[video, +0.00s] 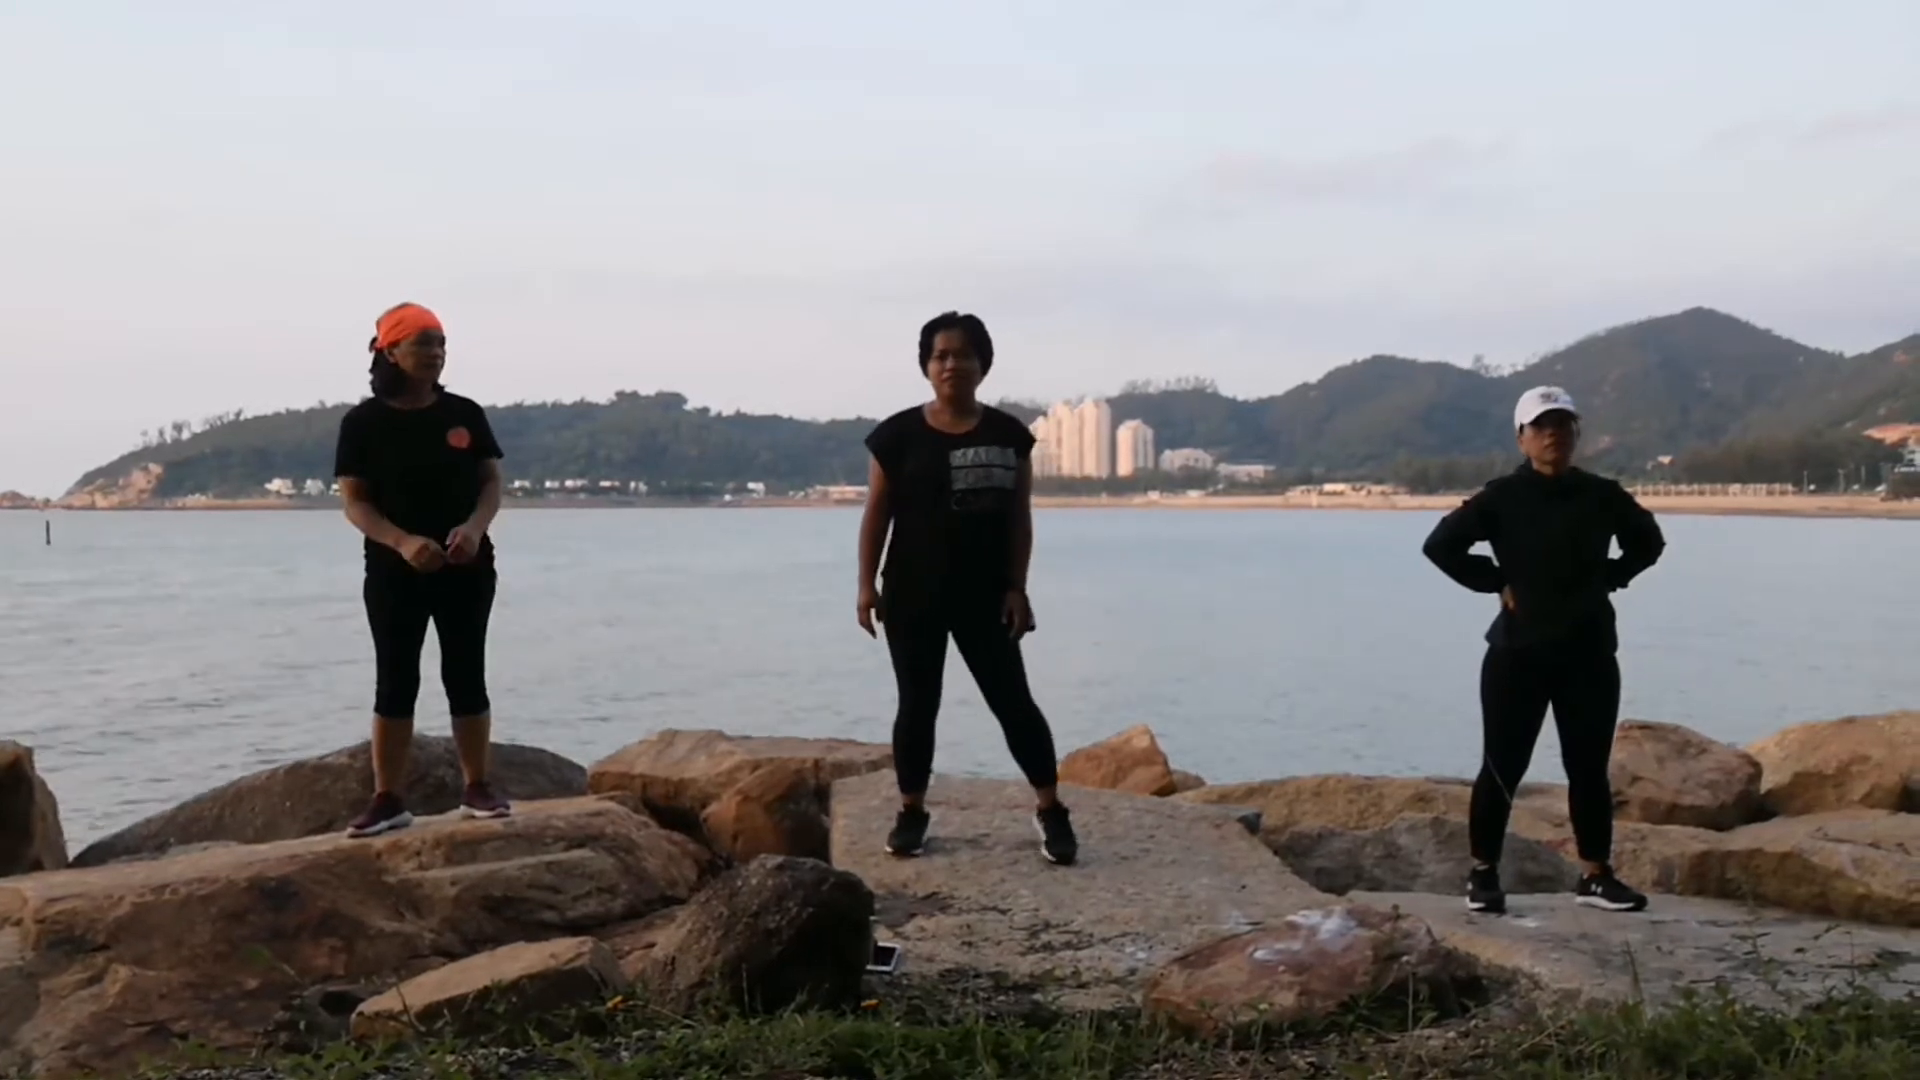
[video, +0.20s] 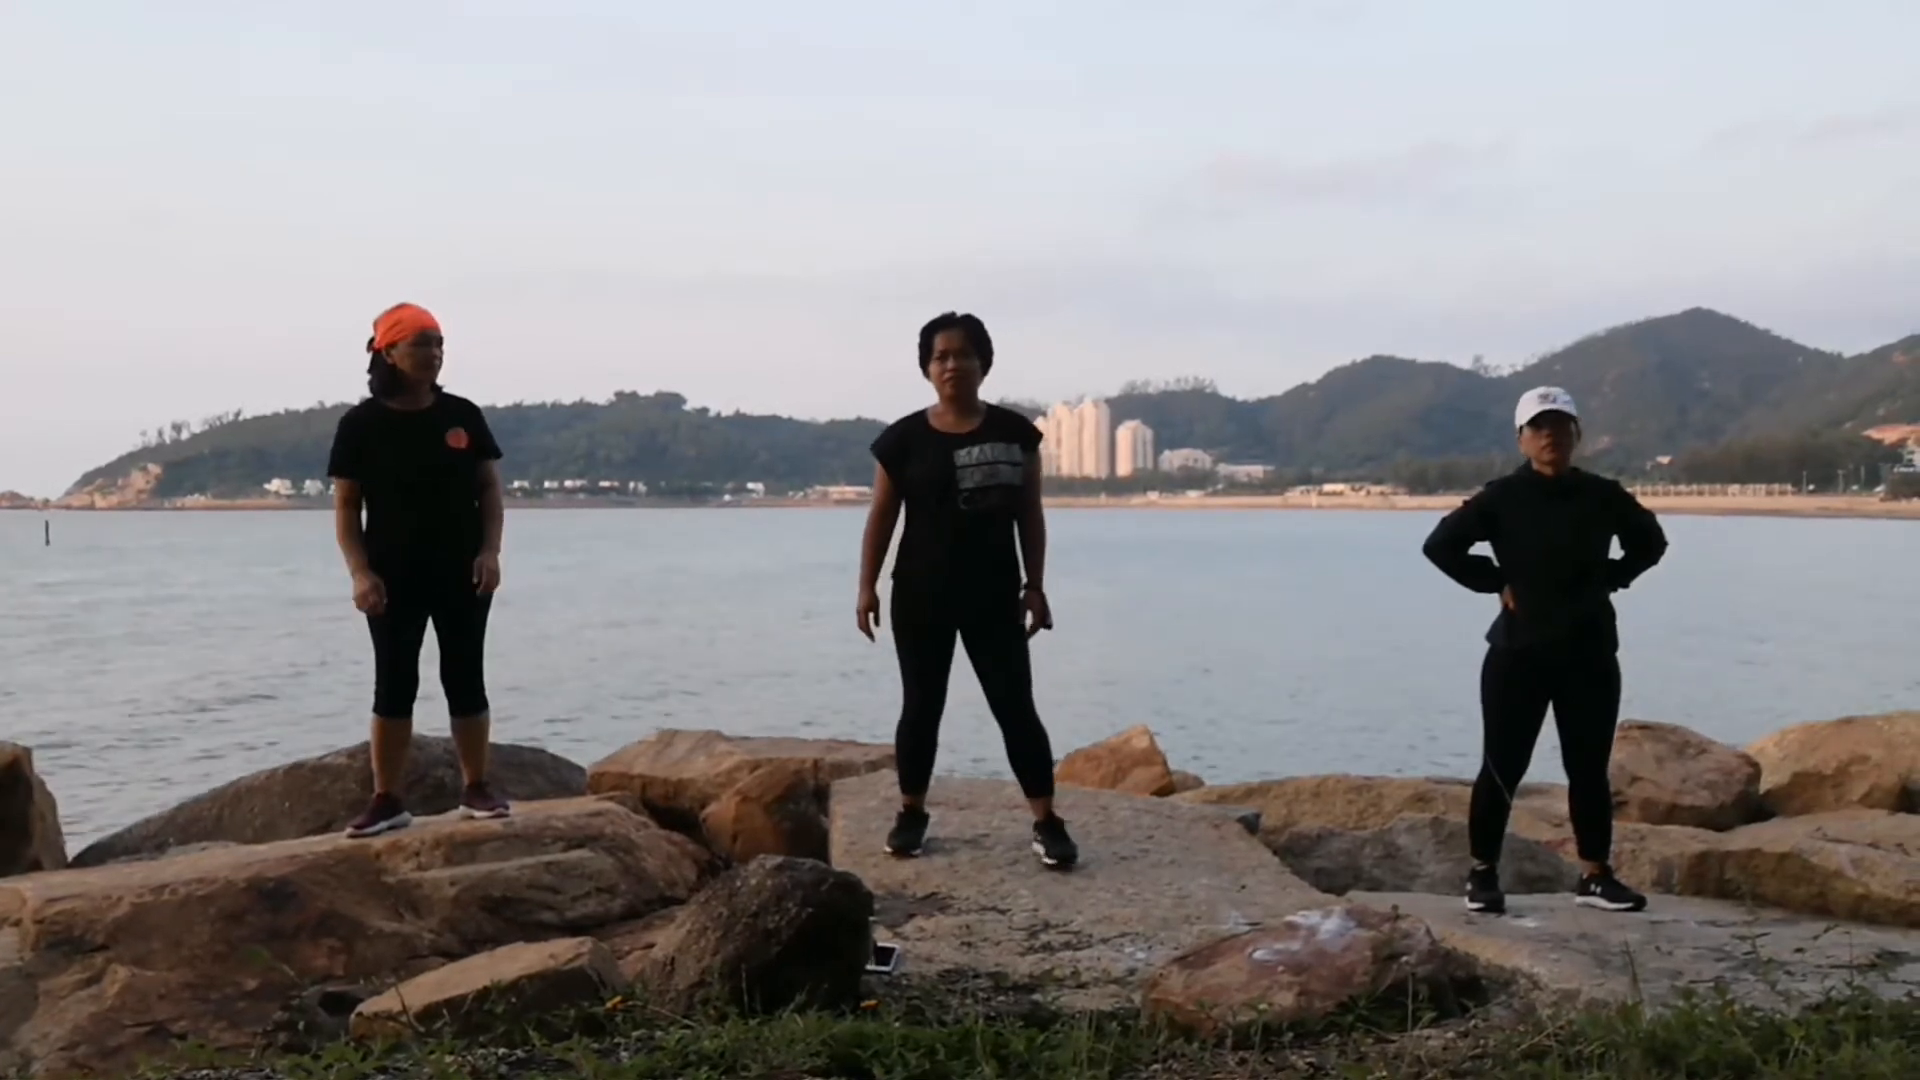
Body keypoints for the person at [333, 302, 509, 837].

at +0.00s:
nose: (437, 351)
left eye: (440, 342)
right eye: (424, 343)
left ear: (445, 349)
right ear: (391, 353)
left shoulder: (465, 414)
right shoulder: (361, 423)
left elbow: (492, 482)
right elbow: (354, 505)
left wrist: (476, 525)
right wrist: (402, 540)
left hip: (465, 570)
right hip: (395, 573)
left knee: (467, 681)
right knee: (395, 686)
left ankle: (477, 789)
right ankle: (387, 798)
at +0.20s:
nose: (435, 352)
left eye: (438, 342)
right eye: (422, 344)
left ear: (442, 349)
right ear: (389, 353)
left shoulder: (463, 415)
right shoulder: (360, 425)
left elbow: (491, 490)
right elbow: (345, 511)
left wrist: (490, 550)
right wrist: (360, 572)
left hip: (460, 573)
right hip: (393, 579)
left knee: (466, 683)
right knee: (393, 690)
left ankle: (476, 789)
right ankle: (386, 799)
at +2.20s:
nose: (429, 357)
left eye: (433, 347)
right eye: (417, 348)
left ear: (438, 353)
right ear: (384, 356)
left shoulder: (458, 418)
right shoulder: (354, 425)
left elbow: (486, 492)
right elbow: (337, 507)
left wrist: (498, 554)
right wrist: (341, 578)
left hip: (456, 574)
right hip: (386, 578)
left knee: (457, 683)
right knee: (385, 691)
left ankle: (468, 790)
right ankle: (376, 802)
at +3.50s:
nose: (423, 358)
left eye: (428, 349)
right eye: (411, 349)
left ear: (433, 355)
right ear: (379, 355)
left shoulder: (451, 424)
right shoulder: (345, 427)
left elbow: (486, 488)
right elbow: (307, 500)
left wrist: (521, 546)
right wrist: (265, 566)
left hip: (445, 578)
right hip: (375, 582)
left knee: (448, 687)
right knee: (375, 694)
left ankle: (459, 794)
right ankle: (369, 805)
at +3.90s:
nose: (411, 358)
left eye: (418, 349)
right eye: (399, 349)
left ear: (426, 356)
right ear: (370, 356)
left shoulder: (448, 424)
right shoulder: (342, 428)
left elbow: (468, 500)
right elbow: (330, 511)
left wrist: (465, 558)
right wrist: (344, 578)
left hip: (439, 579)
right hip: (371, 583)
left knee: (445, 689)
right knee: (371, 696)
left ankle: (456, 796)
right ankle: (366, 805)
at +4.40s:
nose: (416, 398)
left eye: (422, 389)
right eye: (403, 389)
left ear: (429, 395)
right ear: (373, 396)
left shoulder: (443, 453)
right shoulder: (345, 457)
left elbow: (470, 485)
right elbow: (326, 494)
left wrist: (475, 512)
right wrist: (321, 520)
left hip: (436, 609)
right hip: (363, 611)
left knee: (457, 711)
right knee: (340, 718)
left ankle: (453, 799)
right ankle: (361, 810)